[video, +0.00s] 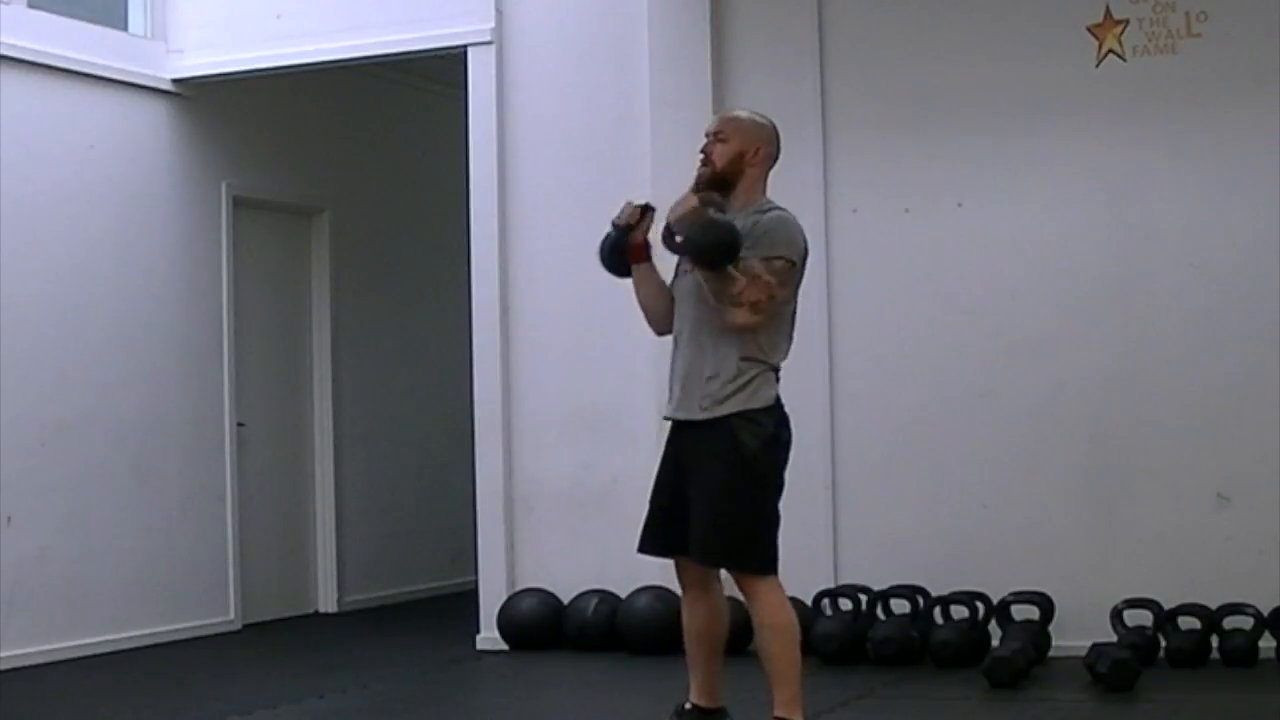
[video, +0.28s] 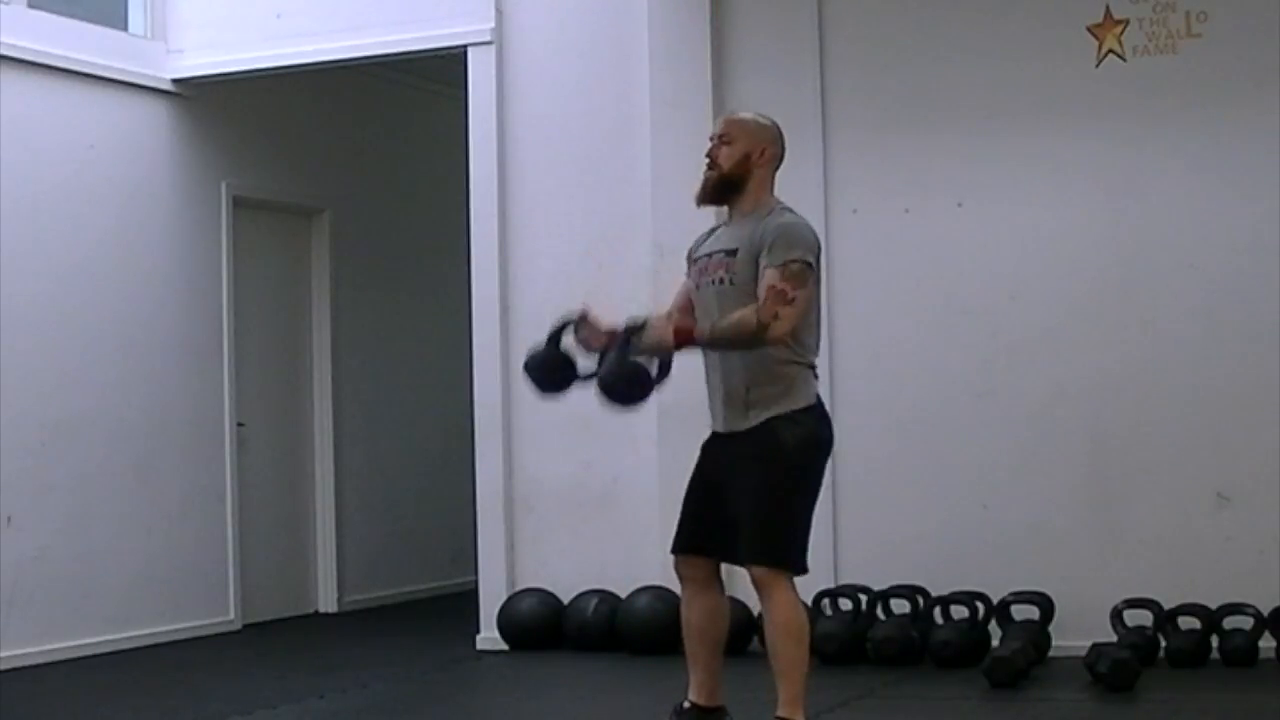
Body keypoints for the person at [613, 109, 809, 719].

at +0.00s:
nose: (704, 148)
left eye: (719, 139)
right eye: (706, 139)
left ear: (758, 156)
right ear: (715, 158)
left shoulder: (779, 229)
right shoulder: (704, 228)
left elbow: (743, 309)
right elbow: (663, 318)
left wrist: (695, 231)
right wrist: (637, 250)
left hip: (747, 425)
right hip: (693, 423)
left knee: (755, 575)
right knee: (694, 570)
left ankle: (789, 712)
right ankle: (704, 706)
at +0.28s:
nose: (709, 153)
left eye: (724, 143)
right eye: (711, 143)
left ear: (763, 157)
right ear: (741, 159)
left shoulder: (786, 230)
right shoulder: (707, 244)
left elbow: (776, 323)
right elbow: (678, 327)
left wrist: (687, 335)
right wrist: (613, 336)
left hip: (787, 426)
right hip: (730, 431)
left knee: (769, 568)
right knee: (694, 563)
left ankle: (791, 712)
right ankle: (704, 704)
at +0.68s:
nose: (583, 245)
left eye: (597, 232)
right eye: (585, 234)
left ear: (638, 241)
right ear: (627, 245)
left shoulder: (696, 318)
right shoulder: (625, 336)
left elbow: (729, 431)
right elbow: (671, 428)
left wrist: (743, 512)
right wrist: (710, 511)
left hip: (791, 447)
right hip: (729, 458)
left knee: (766, 573)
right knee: (663, 554)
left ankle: (792, 712)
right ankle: (700, 703)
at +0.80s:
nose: (550, 277)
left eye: (561, 264)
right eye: (551, 265)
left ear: (605, 270)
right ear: (600, 273)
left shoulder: (675, 338)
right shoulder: (610, 356)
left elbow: (729, 441)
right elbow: (673, 437)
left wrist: (755, 511)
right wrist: (725, 504)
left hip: (796, 441)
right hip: (739, 453)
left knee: (771, 571)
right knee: (678, 555)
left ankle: (793, 712)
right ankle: (702, 700)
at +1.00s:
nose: (576, 253)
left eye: (590, 241)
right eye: (579, 241)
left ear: (631, 250)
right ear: (624, 252)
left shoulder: (691, 324)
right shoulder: (623, 342)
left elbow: (731, 438)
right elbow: (677, 434)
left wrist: (753, 512)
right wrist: (725, 510)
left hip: (793, 448)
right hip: (736, 458)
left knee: (753, 574)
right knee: (666, 562)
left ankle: (792, 712)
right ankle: (703, 704)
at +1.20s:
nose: (682, 186)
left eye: (694, 176)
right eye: (684, 177)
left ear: (733, 186)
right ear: (718, 189)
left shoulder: (768, 269)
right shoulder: (697, 276)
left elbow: (751, 381)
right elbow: (688, 371)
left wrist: (712, 464)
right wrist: (672, 452)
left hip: (788, 446)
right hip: (729, 449)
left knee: (747, 572)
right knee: (669, 568)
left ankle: (789, 712)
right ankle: (701, 704)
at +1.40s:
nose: (723, 156)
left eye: (737, 146)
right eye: (725, 147)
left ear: (776, 158)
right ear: (756, 162)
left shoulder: (799, 228)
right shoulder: (729, 237)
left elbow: (787, 327)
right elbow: (724, 331)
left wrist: (703, 334)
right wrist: (661, 337)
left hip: (777, 424)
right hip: (723, 424)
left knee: (765, 568)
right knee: (696, 563)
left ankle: (793, 711)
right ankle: (704, 705)